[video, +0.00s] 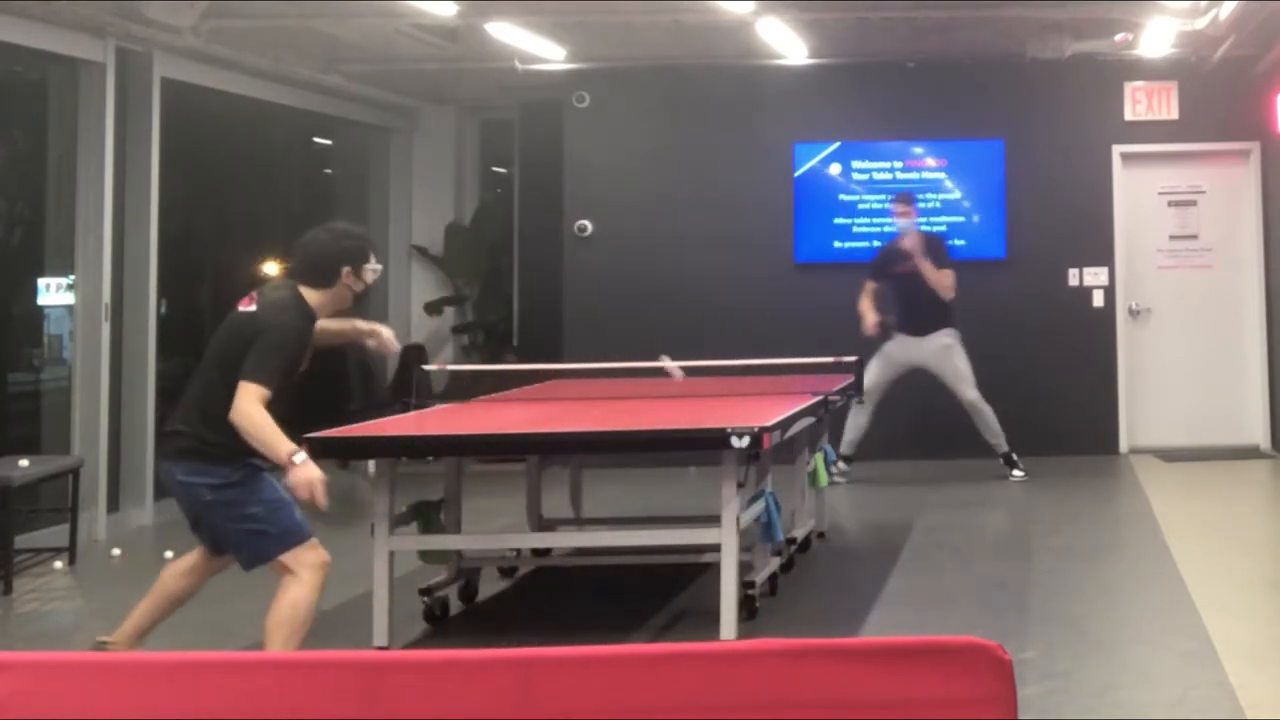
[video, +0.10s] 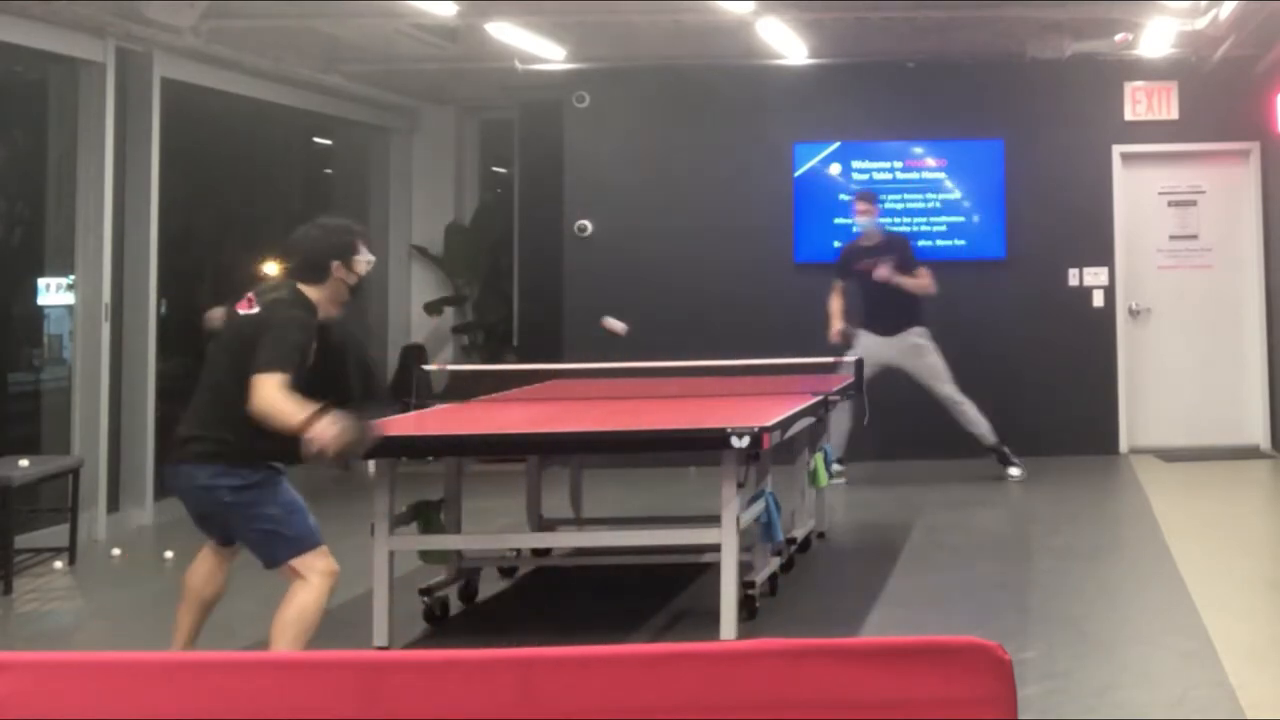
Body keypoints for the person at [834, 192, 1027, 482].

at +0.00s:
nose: (901, 220)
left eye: (906, 214)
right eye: (897, 215)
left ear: (915, 214)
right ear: (892, 216)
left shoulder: (933, 245)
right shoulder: (888, 253)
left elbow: (947, 290)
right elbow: (867, 292)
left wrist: (919, 257)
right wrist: (870, 316)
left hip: (940, 341)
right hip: (900, 342)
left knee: (971, 397)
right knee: (865, 394)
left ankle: (1007, 456)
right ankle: (843, 460)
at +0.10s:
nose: (861, 218)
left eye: (866, 212)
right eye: (857, 213)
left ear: (877, 212)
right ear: (853, 216)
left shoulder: (899, 244)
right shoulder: (849, 253)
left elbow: (929, 286)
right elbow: (837, 291)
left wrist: (894, 278)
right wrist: (837, 323)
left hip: (910, 339)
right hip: (869, 340)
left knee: (949, 394)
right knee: (842, 393)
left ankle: (1001, 453)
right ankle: (833, 462)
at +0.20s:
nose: (830, 215)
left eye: (835, 209)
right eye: (826, 210)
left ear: (846, 210)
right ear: (821, 212)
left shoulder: (869, 242)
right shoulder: (819, 250)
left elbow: (903, 280)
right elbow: (810, 292)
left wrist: (879, 294)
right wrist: (808, 329)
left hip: (878, 334)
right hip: (838, 337)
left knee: (911, 390)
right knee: (828, 399)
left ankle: (953, 452)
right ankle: (829, 463)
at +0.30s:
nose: (805, 209)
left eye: (810, 204)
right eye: (802, 204)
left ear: (823, 204)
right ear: (798, 207)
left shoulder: (846, 237)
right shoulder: (795, 246)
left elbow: (879, 275)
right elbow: (790, 287)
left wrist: (861, 305)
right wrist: (786, 325)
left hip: (849, 327)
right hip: (812, 330)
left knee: (866, 389)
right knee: (804, 391)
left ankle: (886, 454)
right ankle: (820, 458)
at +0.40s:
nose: (781, 212)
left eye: (787, 205)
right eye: (777, 207)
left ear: (800, 205)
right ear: (773, 211)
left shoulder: (824, 237)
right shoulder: (774, 246)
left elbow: (856, 277)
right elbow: (771, 288)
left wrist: (847, 315)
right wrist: (761, 325)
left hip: (824, 326)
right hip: (788, 326)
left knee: (831, 390)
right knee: (765, 381)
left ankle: (835, 457)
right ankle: (776, 448)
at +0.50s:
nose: (752, 223)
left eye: (758, 217)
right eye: (748, 218)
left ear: (774, 215)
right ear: (745, 222)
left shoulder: (798, 249)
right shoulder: (752, 258)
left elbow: (833, 283)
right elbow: (746, 303)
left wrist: (832, 330)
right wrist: (713, 343)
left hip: (803, 335)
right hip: (765, 335)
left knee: (818, 397)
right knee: (730, 386)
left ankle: (829, 462)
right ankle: (728, 458)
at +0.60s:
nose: (712, 239)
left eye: (718, 231)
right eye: (708, 234)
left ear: (736, 229)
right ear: (706, 239)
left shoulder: (765, 259)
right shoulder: (718, 271)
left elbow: (804, 286)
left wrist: (819, 328)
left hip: (782, 345)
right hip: (744, 347)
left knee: (803, 403)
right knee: (699, 392)